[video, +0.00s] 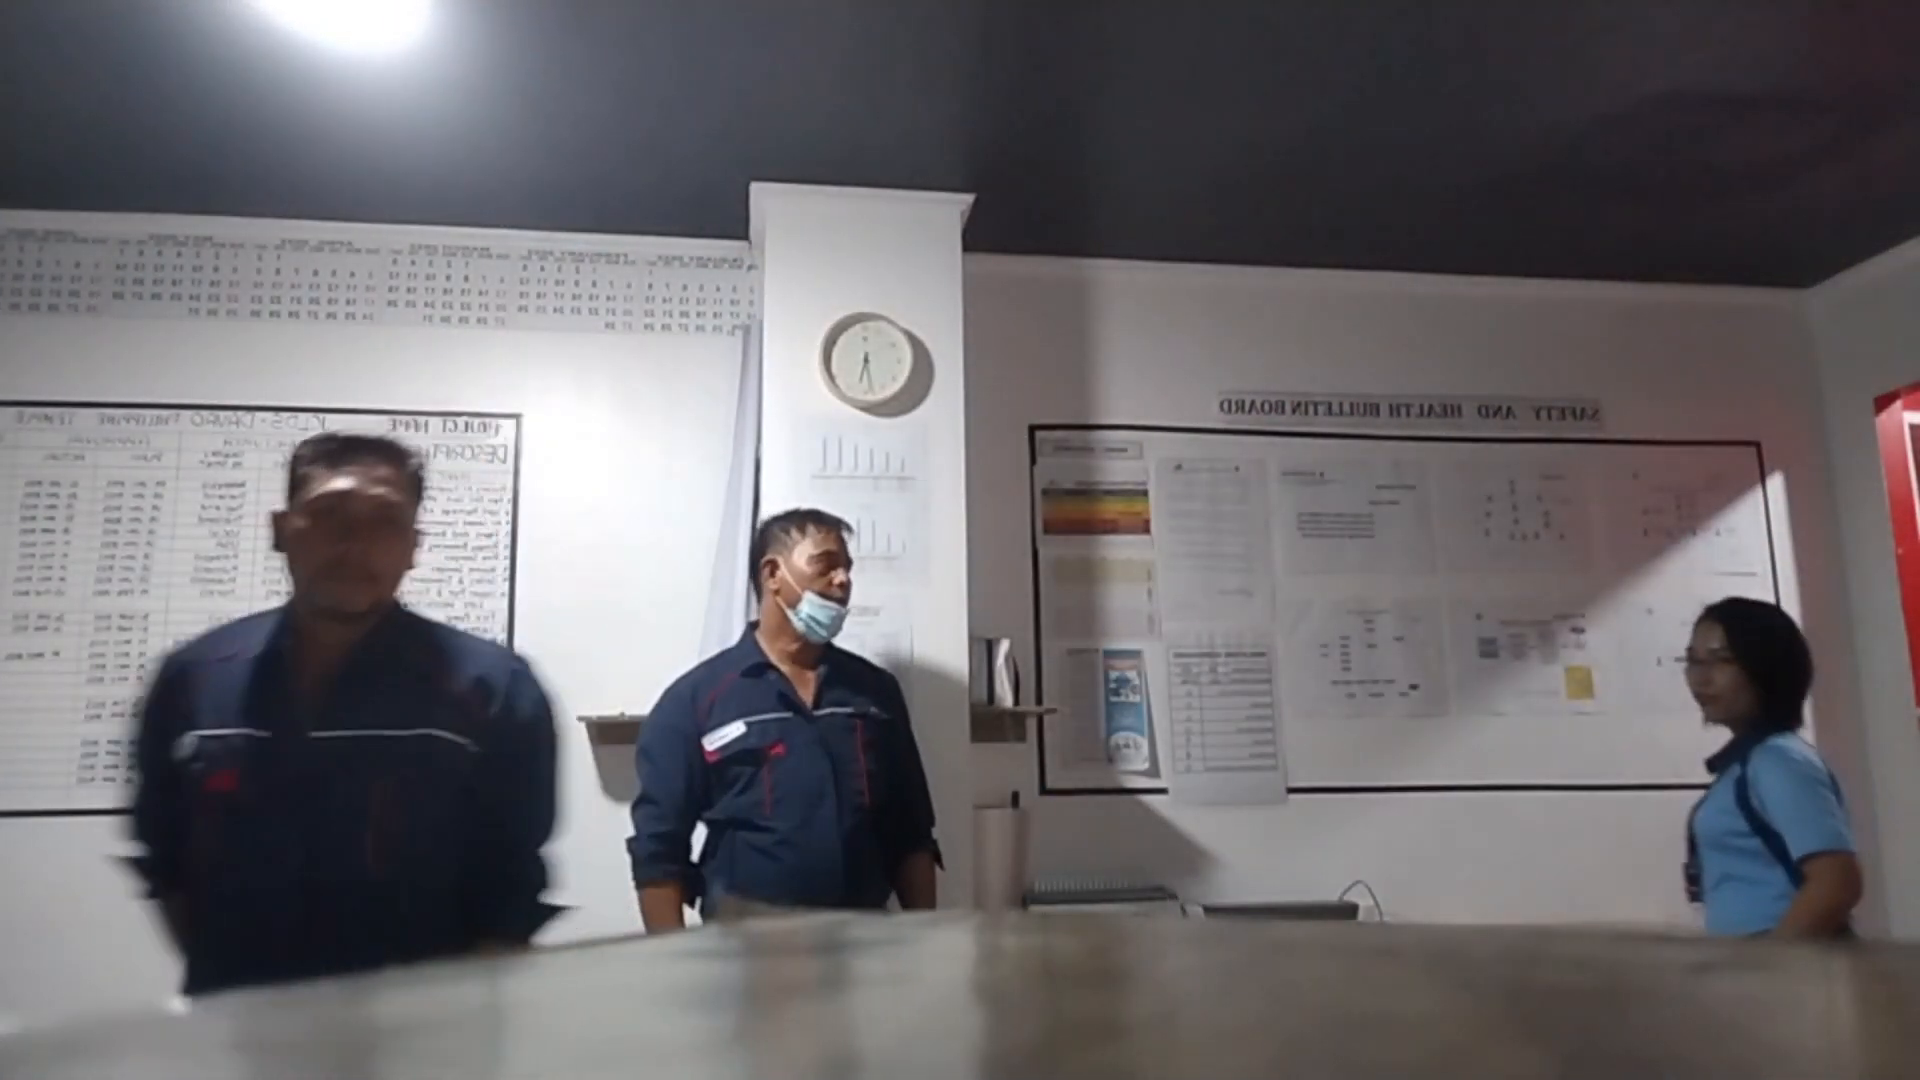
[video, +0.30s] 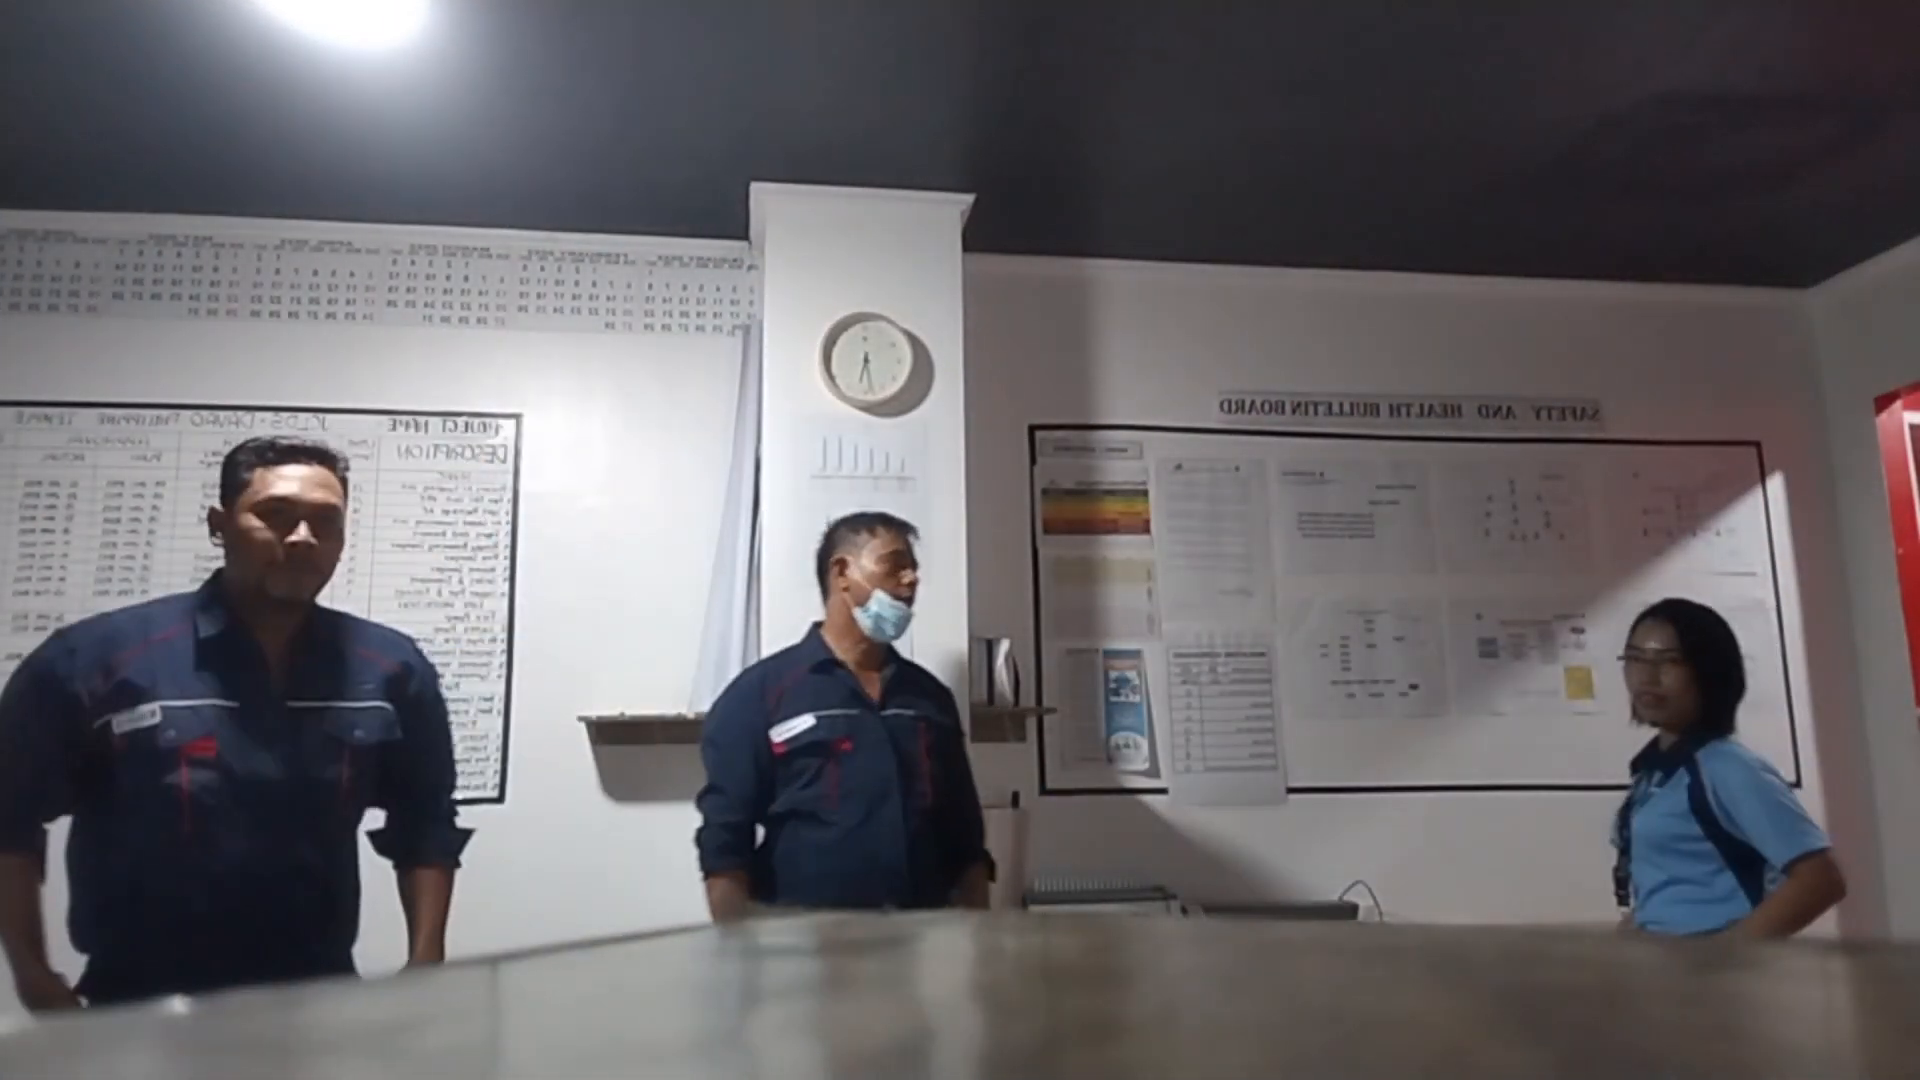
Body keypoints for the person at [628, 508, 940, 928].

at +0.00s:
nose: (843, 580)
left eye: (846, 567)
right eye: (824, 564)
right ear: (773, 575)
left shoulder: (877, 692)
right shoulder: (694, 702)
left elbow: (912, 836)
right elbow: (657, 851)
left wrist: (927, 946)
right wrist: (675, 973)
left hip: (863, 941)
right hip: (748, 944)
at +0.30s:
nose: (913, 579)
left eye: (913, 567)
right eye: (895, 566)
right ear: (841, 574)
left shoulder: (932, 698)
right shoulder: (757, 697)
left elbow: (966, 845)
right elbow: (723, 844)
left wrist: (974, 949)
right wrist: (748, 963)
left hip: (922, 945)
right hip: (804, 947)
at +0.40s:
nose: (937, 575)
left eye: (938, 565)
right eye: (920, 562)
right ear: (866, 568)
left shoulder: (952, 696)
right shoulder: (776, 690)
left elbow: (985, 846)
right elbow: (747, 838)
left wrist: (995, 952)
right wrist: (778, 953)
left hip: (938, 945)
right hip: (822, 947)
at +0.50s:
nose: (957, 572)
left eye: (961, 562)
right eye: (940, 558)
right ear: (887, 567)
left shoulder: (974, 696)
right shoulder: (799, 688)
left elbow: (1004, 843)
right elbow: (767, 831)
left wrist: (1014, 947)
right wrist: (799, 949)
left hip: (956, 945)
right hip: (840, 946)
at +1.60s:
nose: (908, 547)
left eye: (917, 535)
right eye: (884, 536)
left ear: (931, 553)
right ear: (844, 564)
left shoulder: (971, 680)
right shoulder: (779, 686)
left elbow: (1006, 837)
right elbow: (745, 842)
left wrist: (1020, 954)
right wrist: (755, 965)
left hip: (955, 947)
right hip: (831, 952)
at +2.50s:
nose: (938, 566)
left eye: (959, 556)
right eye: (926, 552)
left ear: (991, 582)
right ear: (906, 571)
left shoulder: (1031, 705)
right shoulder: (841, 687)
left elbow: (1063, 860)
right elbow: (797, 828)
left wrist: (1058, 970)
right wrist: (789, 950)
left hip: (986, 953)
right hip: (858, 951)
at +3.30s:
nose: (900, 566)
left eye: (914, 556)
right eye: (881, 551)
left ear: (927, 582)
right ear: (846, 572)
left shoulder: (962, 699)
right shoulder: (770, 687)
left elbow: (992, 847)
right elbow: (724, 823)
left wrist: (1012, 952)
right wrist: (727, 939)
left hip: (929, 948)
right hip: (804, 946)